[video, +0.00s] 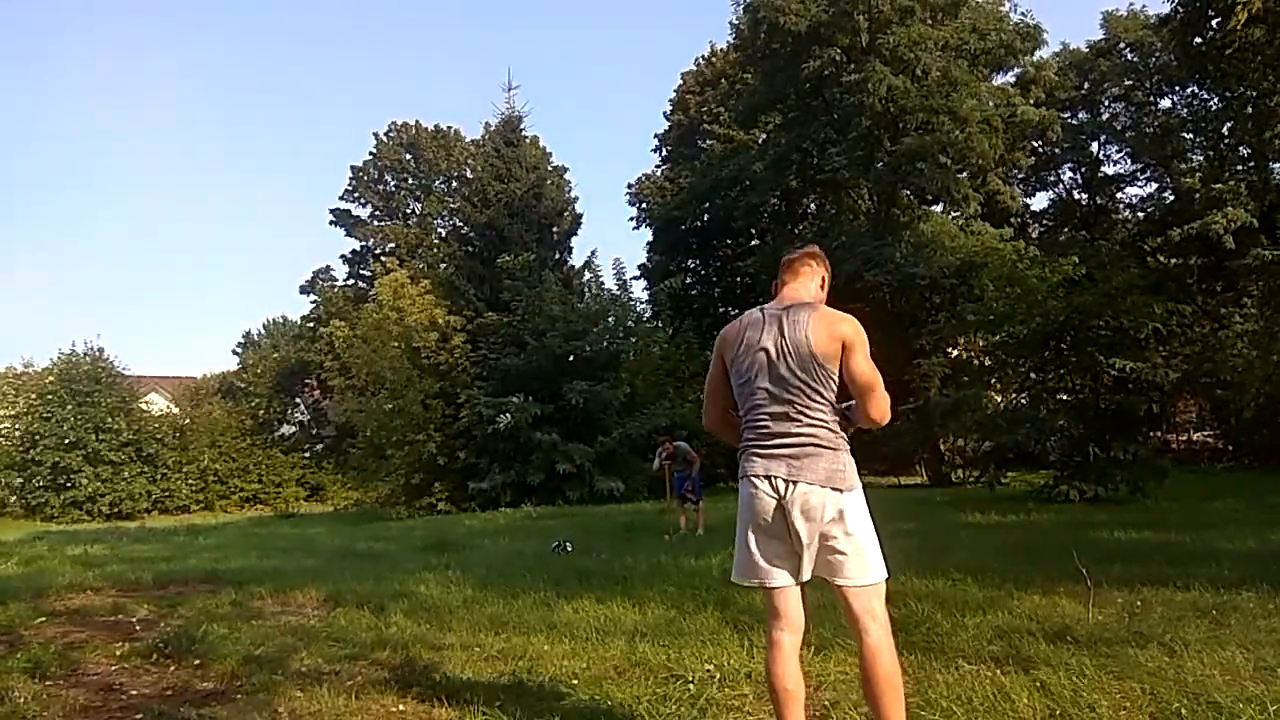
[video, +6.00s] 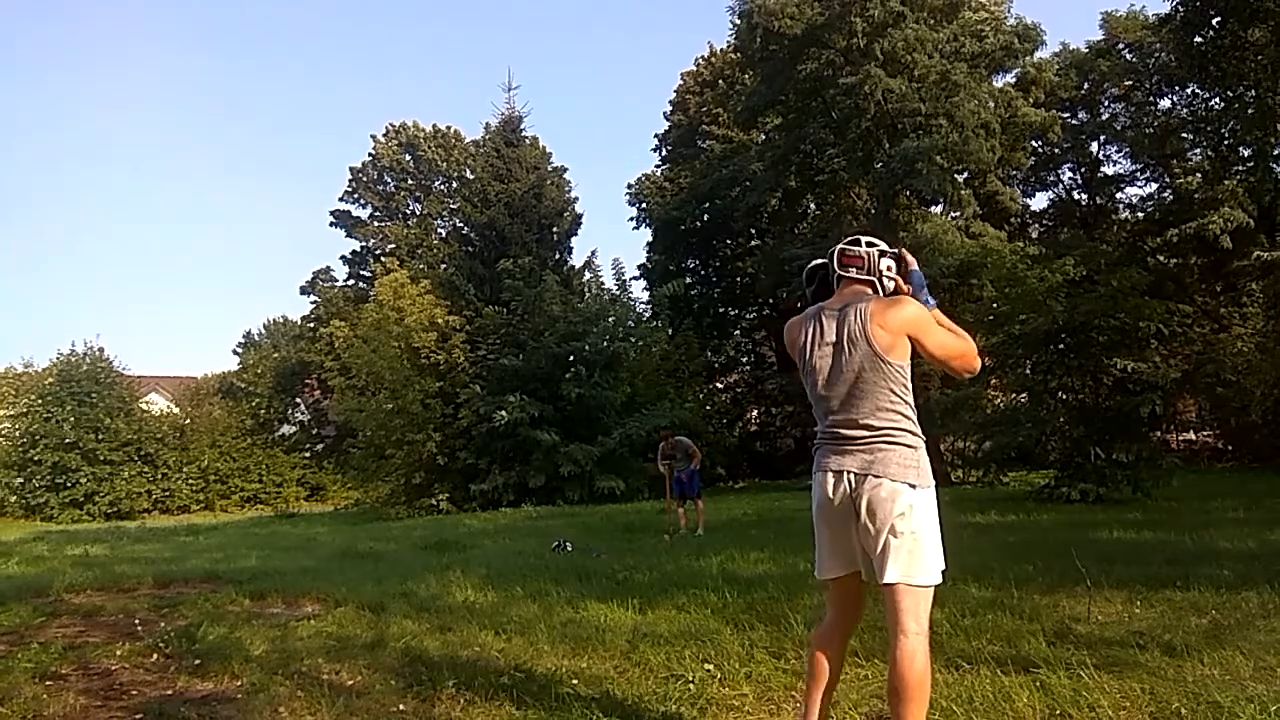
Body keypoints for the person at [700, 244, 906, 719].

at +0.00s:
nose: (826, 292)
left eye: (823, 287)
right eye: (827, 286)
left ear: (776, 284)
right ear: (824, 284)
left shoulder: (732, 332)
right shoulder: (841, 325)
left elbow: (715, 418)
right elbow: (876, 412)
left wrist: (763, 439)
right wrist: (844, 414)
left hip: (759, 486)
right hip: (829, 484)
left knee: (783, 627)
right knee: (872, 622)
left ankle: (791, 718)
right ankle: (891, 716)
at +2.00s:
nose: (814, 290)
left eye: (813, 283)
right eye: (815, 282)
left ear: (764, 275)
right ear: (806, 277)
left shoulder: (713, 336)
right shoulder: (818, 321)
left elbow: (712, 424)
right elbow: (848, 411)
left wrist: (764, 412)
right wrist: (866, 391)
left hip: (755, 489)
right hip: (823, 486)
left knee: (778, 629)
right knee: (867, 625)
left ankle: (789, 719)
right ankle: (887, 716)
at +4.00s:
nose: (839, 275)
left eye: (835, 265)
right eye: (832, 266)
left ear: (783, 277)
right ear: (815, 269)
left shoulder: (751, 324)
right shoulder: (851, 315)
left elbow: (768, 319)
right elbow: (925, 351)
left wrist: (825, 295)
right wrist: (888, 298)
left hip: (783, 480)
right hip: (854, 479)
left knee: (793, 627)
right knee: (882, 628)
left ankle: (795, 719)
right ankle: (895, 717)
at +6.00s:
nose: (895, 282)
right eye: (892, 273)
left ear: (837, 275)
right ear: (884, 276)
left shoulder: (799, 329)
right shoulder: (898, 311)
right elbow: (969, 360)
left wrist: (848, 289)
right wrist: (924, 301)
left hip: (829, 478)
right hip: (897, 477)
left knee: (839, 611)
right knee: (910, 631)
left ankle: (810, 714)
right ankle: (908, 718)